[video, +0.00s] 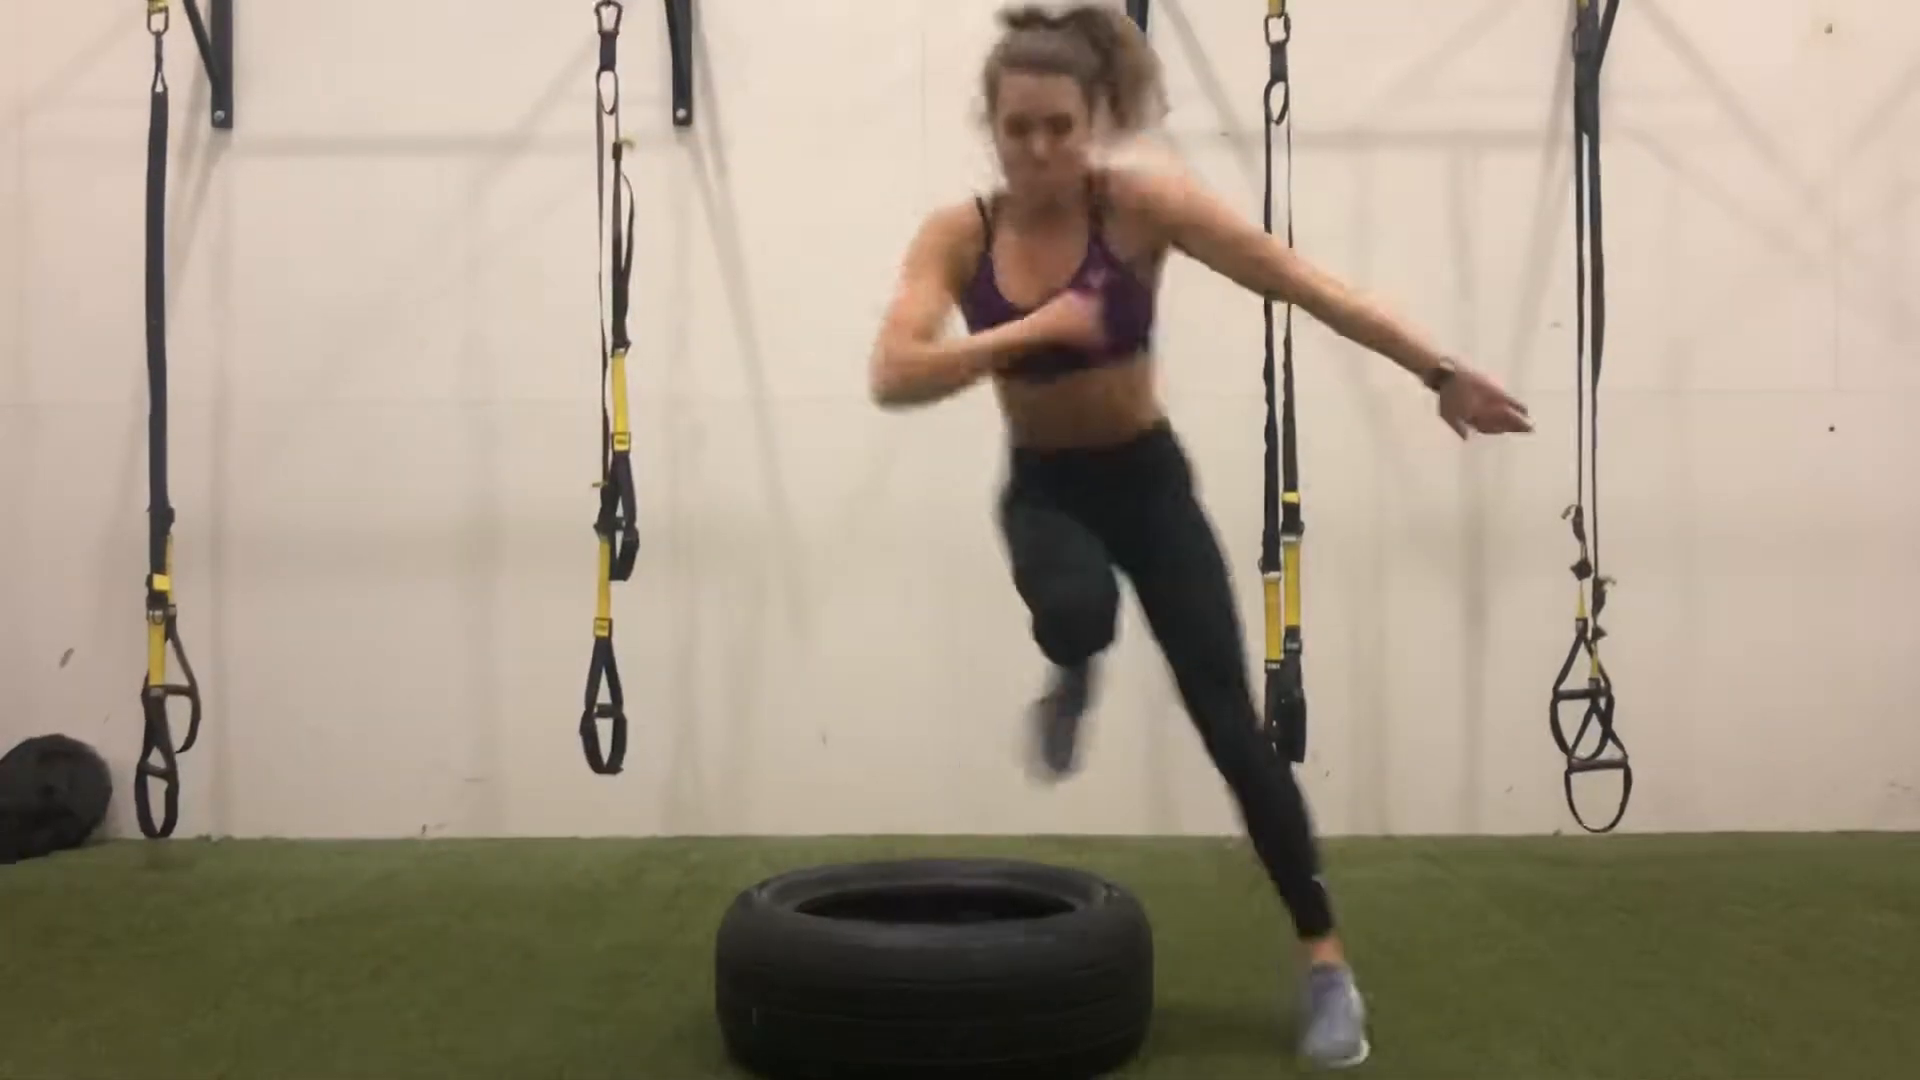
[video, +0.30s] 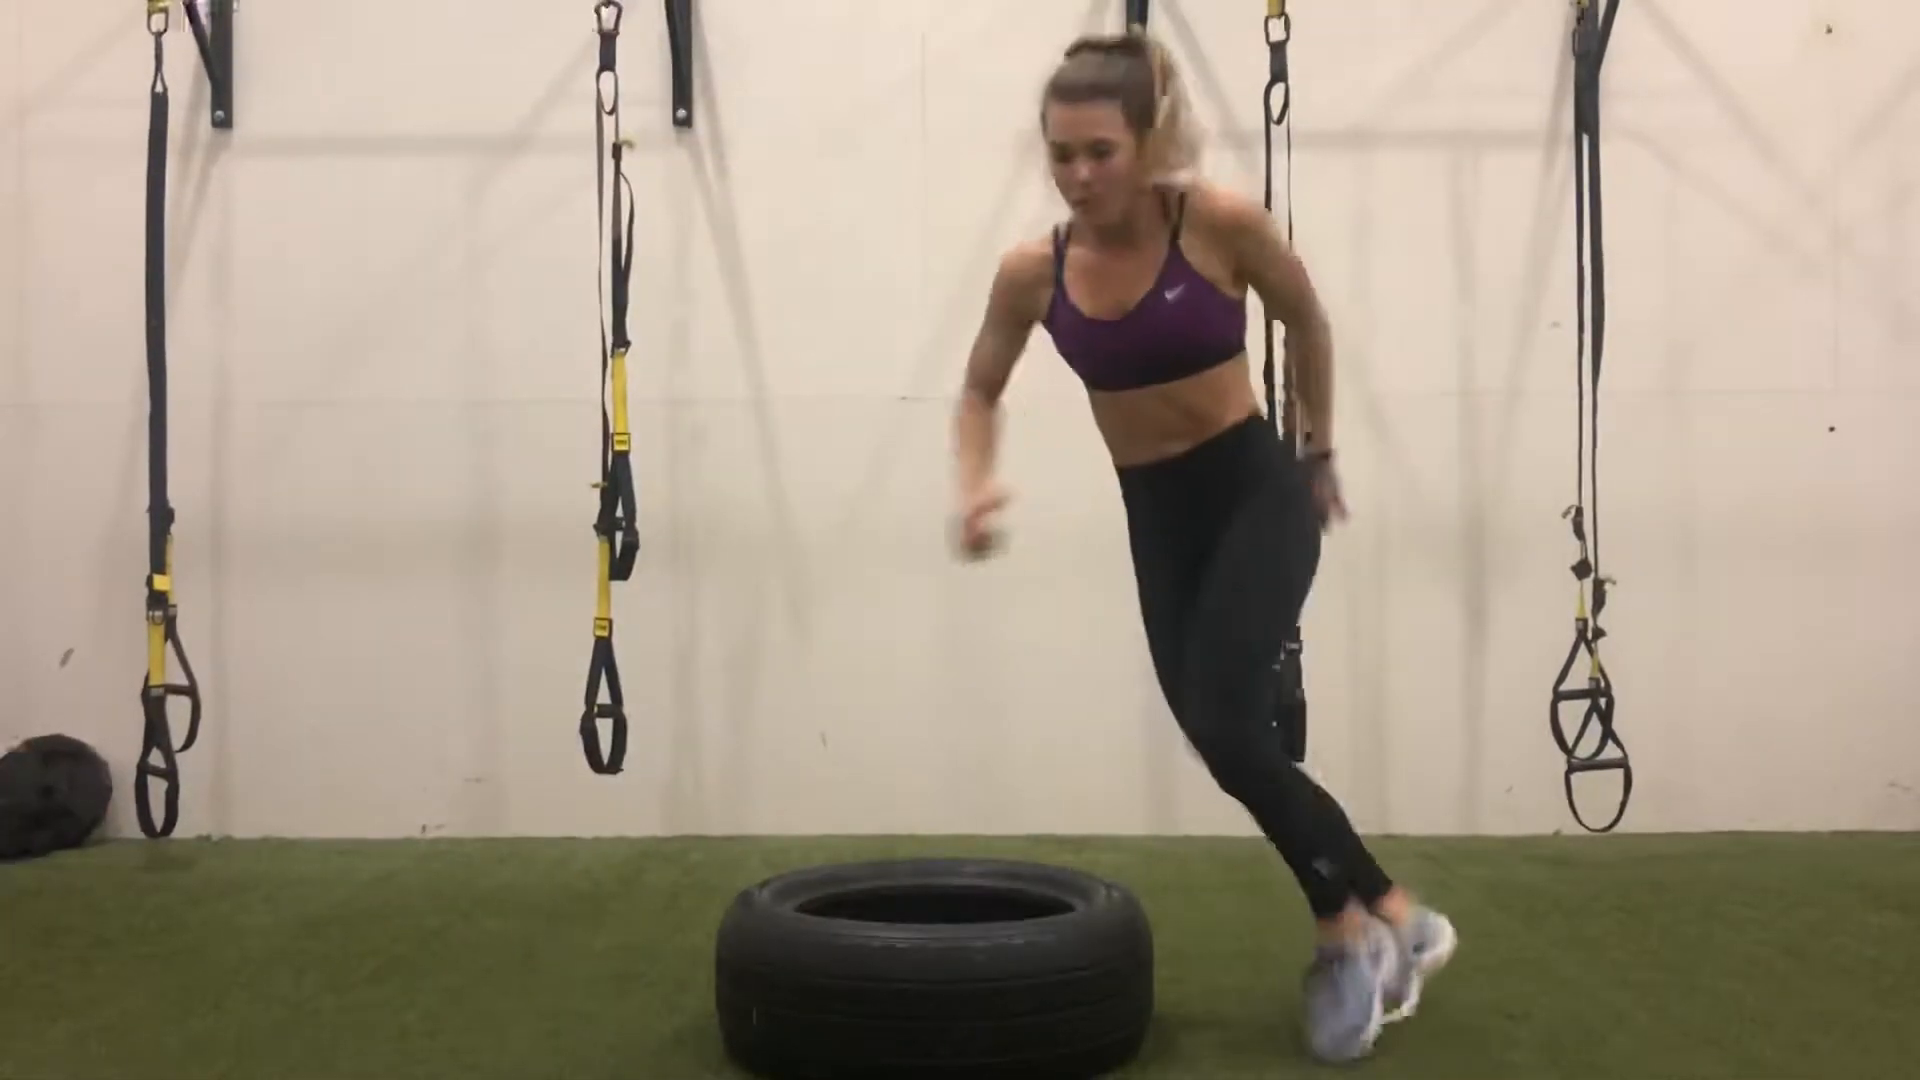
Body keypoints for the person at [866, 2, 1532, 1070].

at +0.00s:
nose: (1034, 149)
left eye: (1056, 127)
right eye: (1016, 127)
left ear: (1098, 123)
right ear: (991, 123)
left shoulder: (1145, 205)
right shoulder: (960, 231)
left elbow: (1303, 286)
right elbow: (893, 377)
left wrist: (1441, 371)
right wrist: (1032, 330)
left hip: (1145, 477)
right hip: (1043, 486)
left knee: (1230, 730)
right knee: (1077, 620)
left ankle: (1325, 960)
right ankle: (1070, 682)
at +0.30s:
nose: (1077, 174)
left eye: (1098, 151)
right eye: (1061, 153)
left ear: (1149, 143)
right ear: (1043, 150)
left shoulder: (1218, 224)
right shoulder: (1034, 271)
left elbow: (1307, 321)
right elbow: (981, 391)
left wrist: (1317, 453)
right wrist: (978, 485)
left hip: (1256, 489)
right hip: (1158, 517)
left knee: (1230, 727)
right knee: (1231, 749)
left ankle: (1348, 938)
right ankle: (1400, 919)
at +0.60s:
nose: (982, 139)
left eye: (1006, 118)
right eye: (969, 116)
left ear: (1054, 119)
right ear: (950, 112)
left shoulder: (1094, 207)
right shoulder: (918, 198)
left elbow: (1213, 244)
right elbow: (834, 330)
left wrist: (1296, 321)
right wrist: (893, 242)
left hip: (1095, 483)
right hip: (1036, 495)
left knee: (914, 654)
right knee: (1138, 730)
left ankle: (988, 882)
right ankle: (1332, 843)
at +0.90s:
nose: (799, 109)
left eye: (821, 91)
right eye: (782, 86)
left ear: (853, 95)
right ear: (750, 81)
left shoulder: (891, 185)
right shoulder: (687, 195)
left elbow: (1007, 258)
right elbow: (666, 305)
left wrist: (1048, 315)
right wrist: (708, 391)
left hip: (850, 453)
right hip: (746, 455)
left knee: (775, 650)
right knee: (640, 669)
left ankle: (923, 813)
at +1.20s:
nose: (765, 169)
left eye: (784, 149)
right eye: (745, 147)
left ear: (807, 143)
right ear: (702, 137)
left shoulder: (815, 233)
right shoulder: (647, 238)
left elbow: (822, 326)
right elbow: (539, 358)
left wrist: (835, 417)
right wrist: (517, 480)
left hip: (698, 522)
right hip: (596, 492)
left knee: (628, 773)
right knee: (520, 737)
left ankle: (472, 960)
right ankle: (379, 916)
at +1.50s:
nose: (878, 108)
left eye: (894, 89)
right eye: (857, 86)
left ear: (915, 82)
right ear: (812, 79)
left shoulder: (934, 148)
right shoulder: (770, 156)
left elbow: (875, 238)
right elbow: (661, 185)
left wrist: (728, 213)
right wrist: (567, 196)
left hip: (802, 458)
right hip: (764, 455)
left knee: (725, 721)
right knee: (962, 611)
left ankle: (513, 867)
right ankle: (860, 829)